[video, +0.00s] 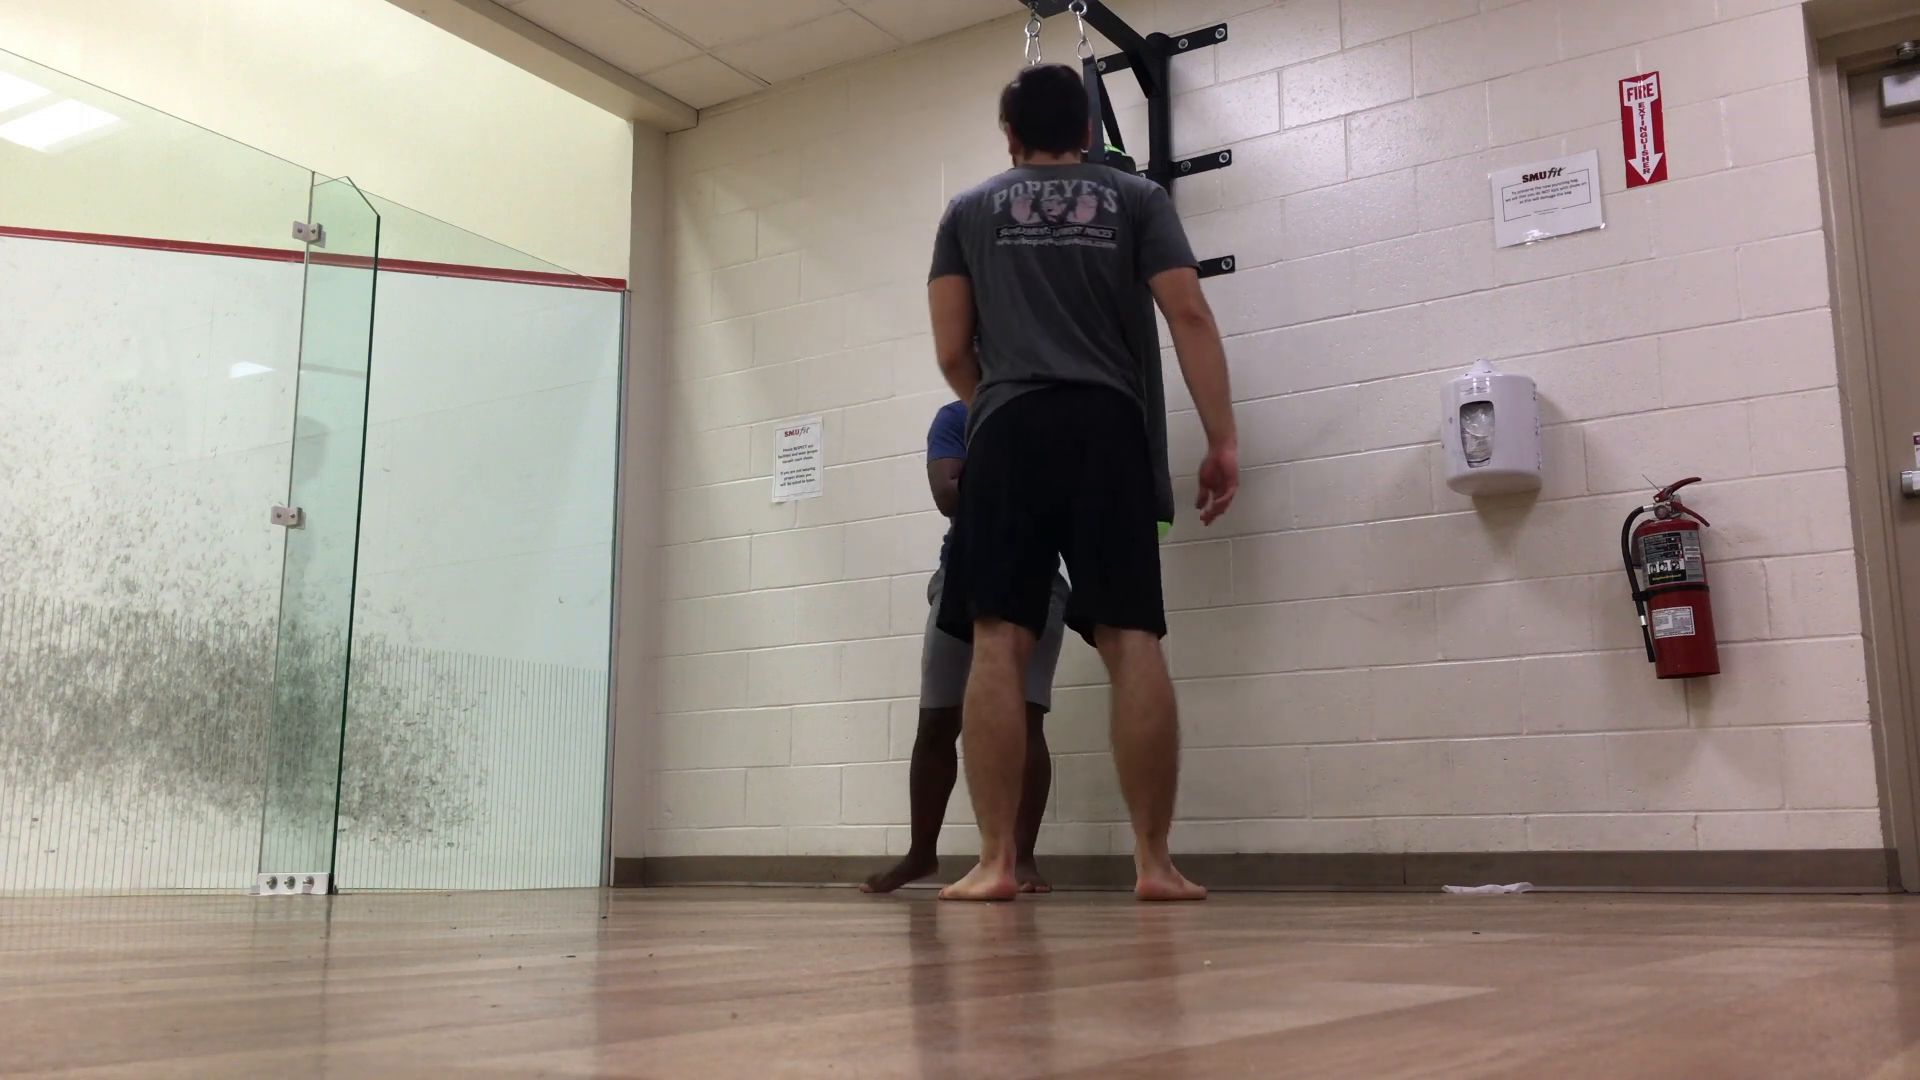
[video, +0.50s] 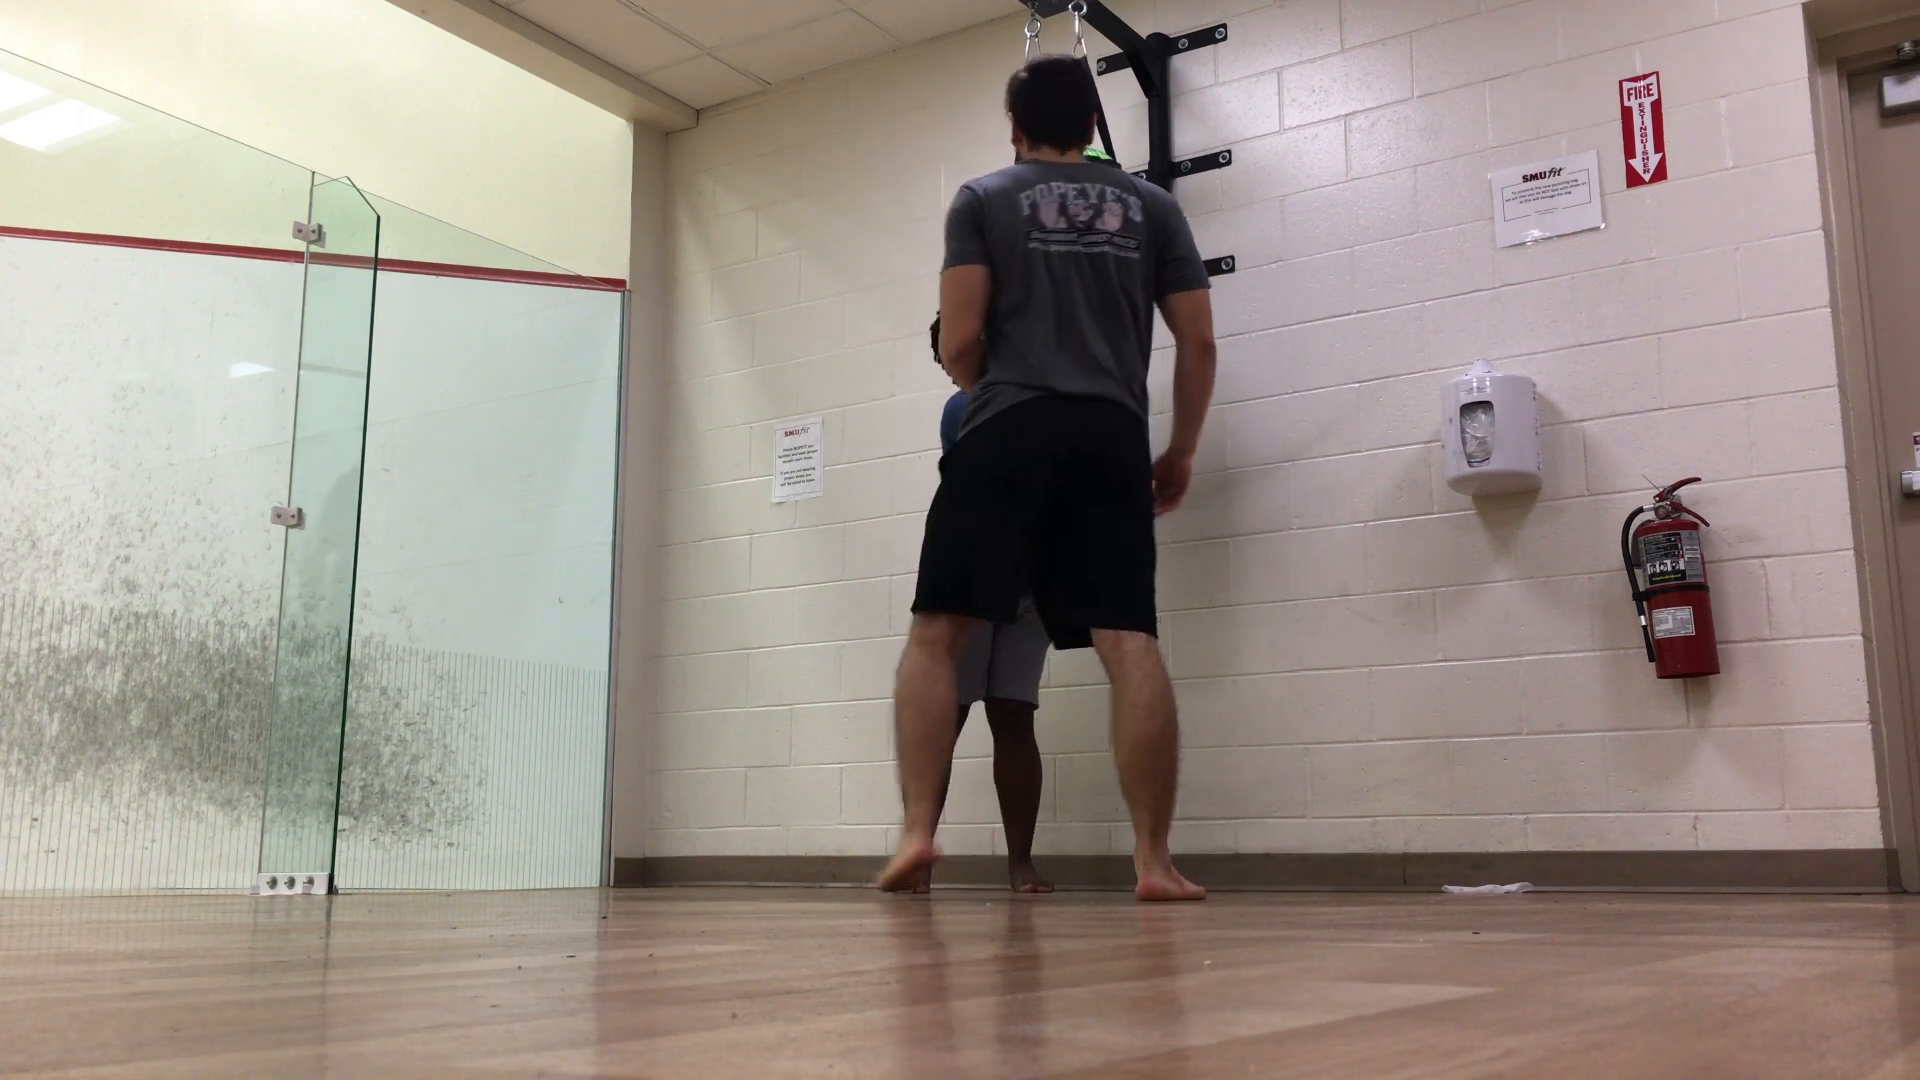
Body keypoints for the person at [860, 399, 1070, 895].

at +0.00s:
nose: (990, 368)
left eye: (999, 360)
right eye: (983, 357)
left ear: (1027, 369)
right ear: (972, 358)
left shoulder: (1049, 421)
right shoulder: (957, 417)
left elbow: (1063, 492)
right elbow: (948, 497)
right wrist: (1005, 468)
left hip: (1037, 584)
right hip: (964, 582)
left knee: (1025, 722)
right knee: (936, 725)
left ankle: (1021, 859)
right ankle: (921, 854)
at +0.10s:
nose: (1000, 366)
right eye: (993, 355)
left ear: (1038, 369)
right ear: (984, 355)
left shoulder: (1057, 420)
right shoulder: (962, 416)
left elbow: (1076, 492)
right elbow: (951, 496)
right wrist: (1007, 464)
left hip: (1041, 583)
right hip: (969, 579)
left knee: (1029, 722)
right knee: (942, 720)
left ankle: (1021, 856)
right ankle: (918, 848)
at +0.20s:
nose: (986, 345)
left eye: (994, 333)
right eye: (978, 336)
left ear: (1014, 338)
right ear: (964, 347)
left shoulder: (1045, 408)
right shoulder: (961, 414)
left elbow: (1066, 479)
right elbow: (972, 475)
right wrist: (1008, 414)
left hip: (1038, 577)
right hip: (968, 574)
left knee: (1028, 720)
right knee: (950, 720)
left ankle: (1020, 857)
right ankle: (916, 858)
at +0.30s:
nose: (989, 336)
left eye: (995, 324)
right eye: (978, 330)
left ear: (1012, 333)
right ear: (964, 347)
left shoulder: (1039, 402)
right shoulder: (969, 409)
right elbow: (979, 491)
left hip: (1032, 573)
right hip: (966, 570)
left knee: (1025, 720)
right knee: (948, 720)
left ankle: (1020, 858)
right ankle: (920, 862)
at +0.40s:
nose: (990, 338)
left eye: (998, 328)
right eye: (982, 331)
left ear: (1017, 338)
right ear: (969, 343)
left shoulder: (1049, 405)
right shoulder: (970, 409)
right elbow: (980, 485)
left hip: (1031, 579)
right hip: (970, 579)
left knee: (1016, 718)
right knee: (945, 720)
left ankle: (1022, 859)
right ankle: (919, 860)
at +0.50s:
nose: (954, 355)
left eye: (958, 343)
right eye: (947, 346)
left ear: (982, 341)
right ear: (944, 351)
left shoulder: (1030, 406)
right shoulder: (959, 410)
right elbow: (966, 488)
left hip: (1023, 589)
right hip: (966, 589)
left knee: (1015, 724)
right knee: (939, 728)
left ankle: (1022, 862)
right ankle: (918, 856)